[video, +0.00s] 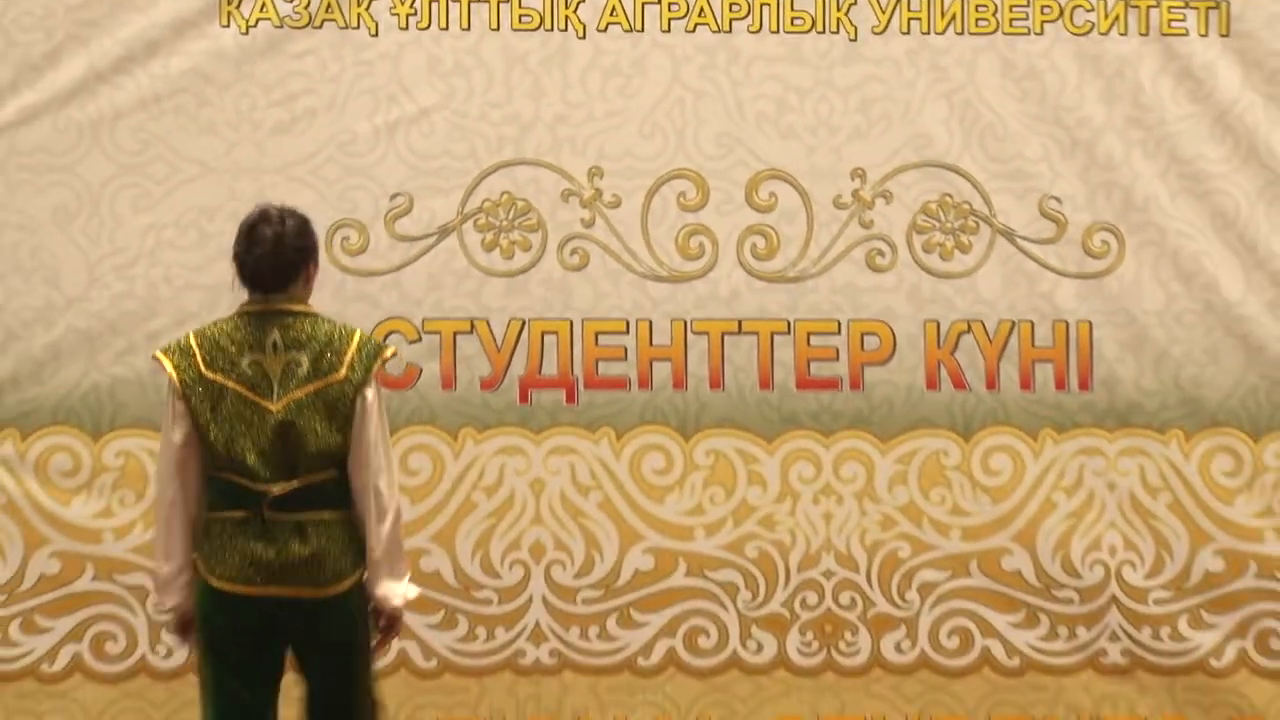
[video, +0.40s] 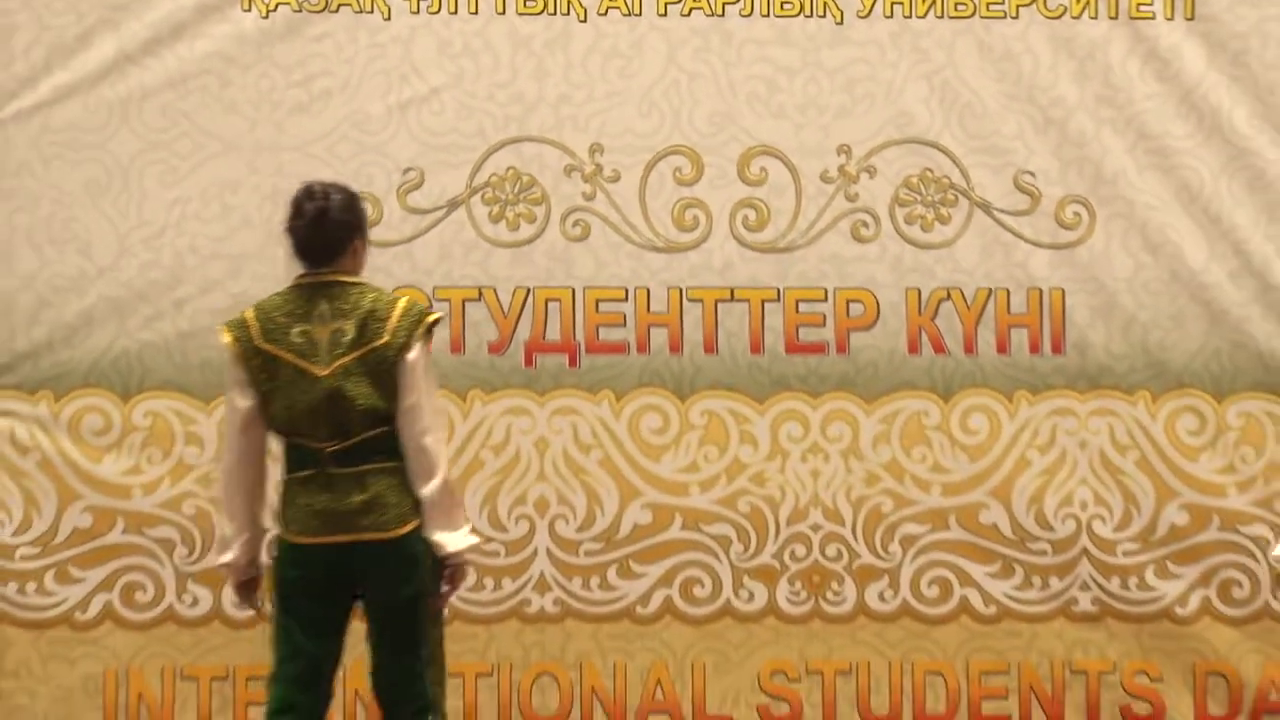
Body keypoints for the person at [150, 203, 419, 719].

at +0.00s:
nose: (317, 271)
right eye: (316, 262)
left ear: (240, 270)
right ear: (311, 270)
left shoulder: (192, 357)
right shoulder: (351, 353)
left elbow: (177, 486)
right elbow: (372, 480)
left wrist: (175, 594)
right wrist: (388, 585)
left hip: (231, 598)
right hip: (331, 597)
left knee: (235, 713)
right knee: (344, 711)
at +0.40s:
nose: (367, 246)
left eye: (362, 235)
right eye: (366, 237)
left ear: (295, 246)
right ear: (357, 245)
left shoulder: (253, 329)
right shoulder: (398, 316)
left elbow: (244, 452)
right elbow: (419, 435)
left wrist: (244, 549)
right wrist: (450, 538)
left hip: (308, 551)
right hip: (394, 545)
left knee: (294, 702)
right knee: (411, 701)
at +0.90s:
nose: (430, 215)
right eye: (430, 207)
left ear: (367, 213)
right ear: (429, 212)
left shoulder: (332, 288)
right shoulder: (469, 286)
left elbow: (321, 401)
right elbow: (484, 398)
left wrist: (315, 496)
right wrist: (494, 488)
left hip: (364, 501)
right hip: (447, 499)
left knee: (355, 634)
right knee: (439, 640)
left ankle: (372, 718)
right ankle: (435, 718)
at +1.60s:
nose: (370, 189)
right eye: (387, 180)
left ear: (332, 181)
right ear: (391, 186)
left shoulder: (300, 249)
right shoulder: (415, 259)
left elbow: (271, 348)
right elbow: (426, 362)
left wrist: (251, 431)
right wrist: (431, 443)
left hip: (307, 435)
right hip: (382, 440)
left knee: (300, 572)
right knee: (399, 571)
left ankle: (299, 709)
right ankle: (427, 705)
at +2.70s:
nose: (407, 184)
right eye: (409, 177)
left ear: (358, 181)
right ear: (409, 180)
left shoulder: (330, 243)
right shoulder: (437, 238)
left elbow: (322, 332)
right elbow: (454, 326)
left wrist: (318, 404)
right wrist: (467, 397)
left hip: (362, 408)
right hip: (427, 406)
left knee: (352, 519)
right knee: (424, 526)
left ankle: (334, 635)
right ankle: (416, 644)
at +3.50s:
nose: (378, 198)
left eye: (363, 189)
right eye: (390, 190)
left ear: (355, 192)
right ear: (402, 195)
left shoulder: (326, 246)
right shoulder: (426, 253)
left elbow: (311, 326)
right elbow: (430, 336)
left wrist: (299, 395)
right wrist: (430, 400)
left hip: (336, 404)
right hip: (398, 406)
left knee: (327, 517)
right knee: (403, 517)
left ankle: (322, 623)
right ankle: (412, 622)